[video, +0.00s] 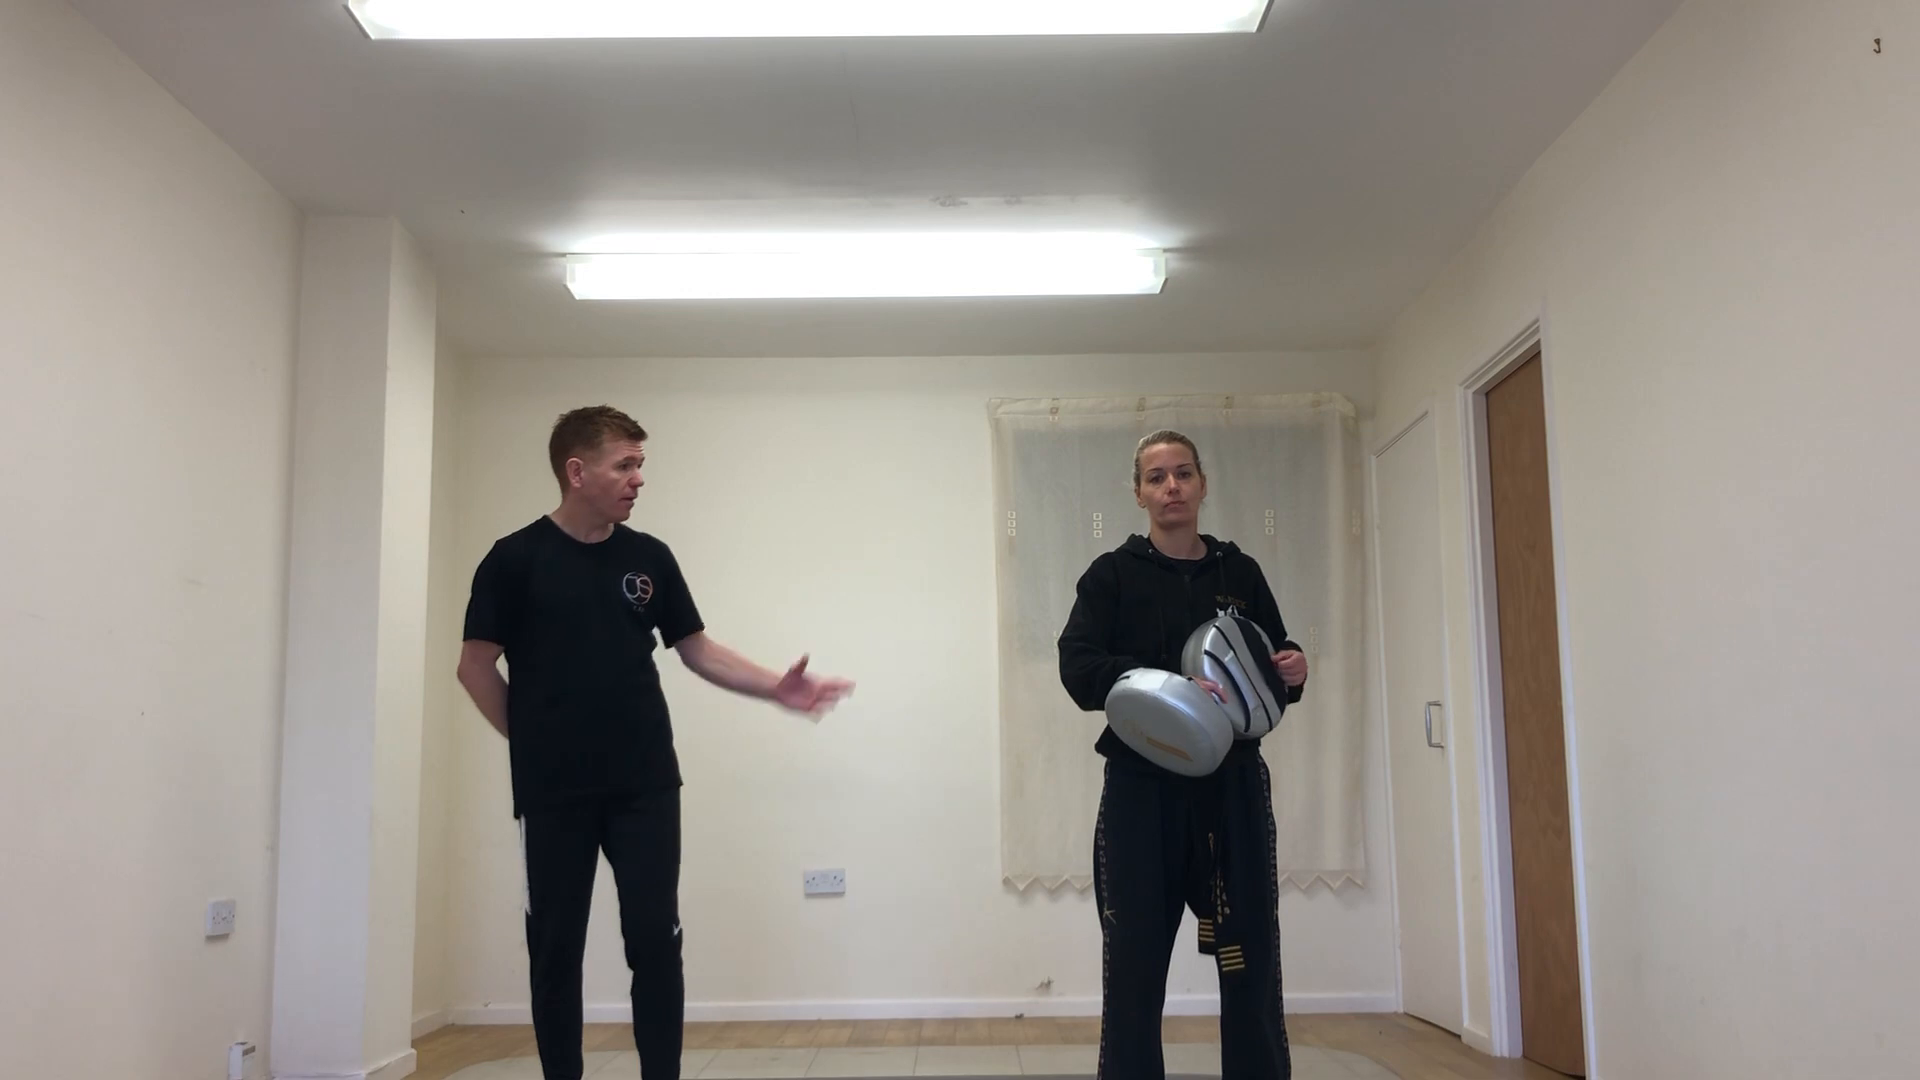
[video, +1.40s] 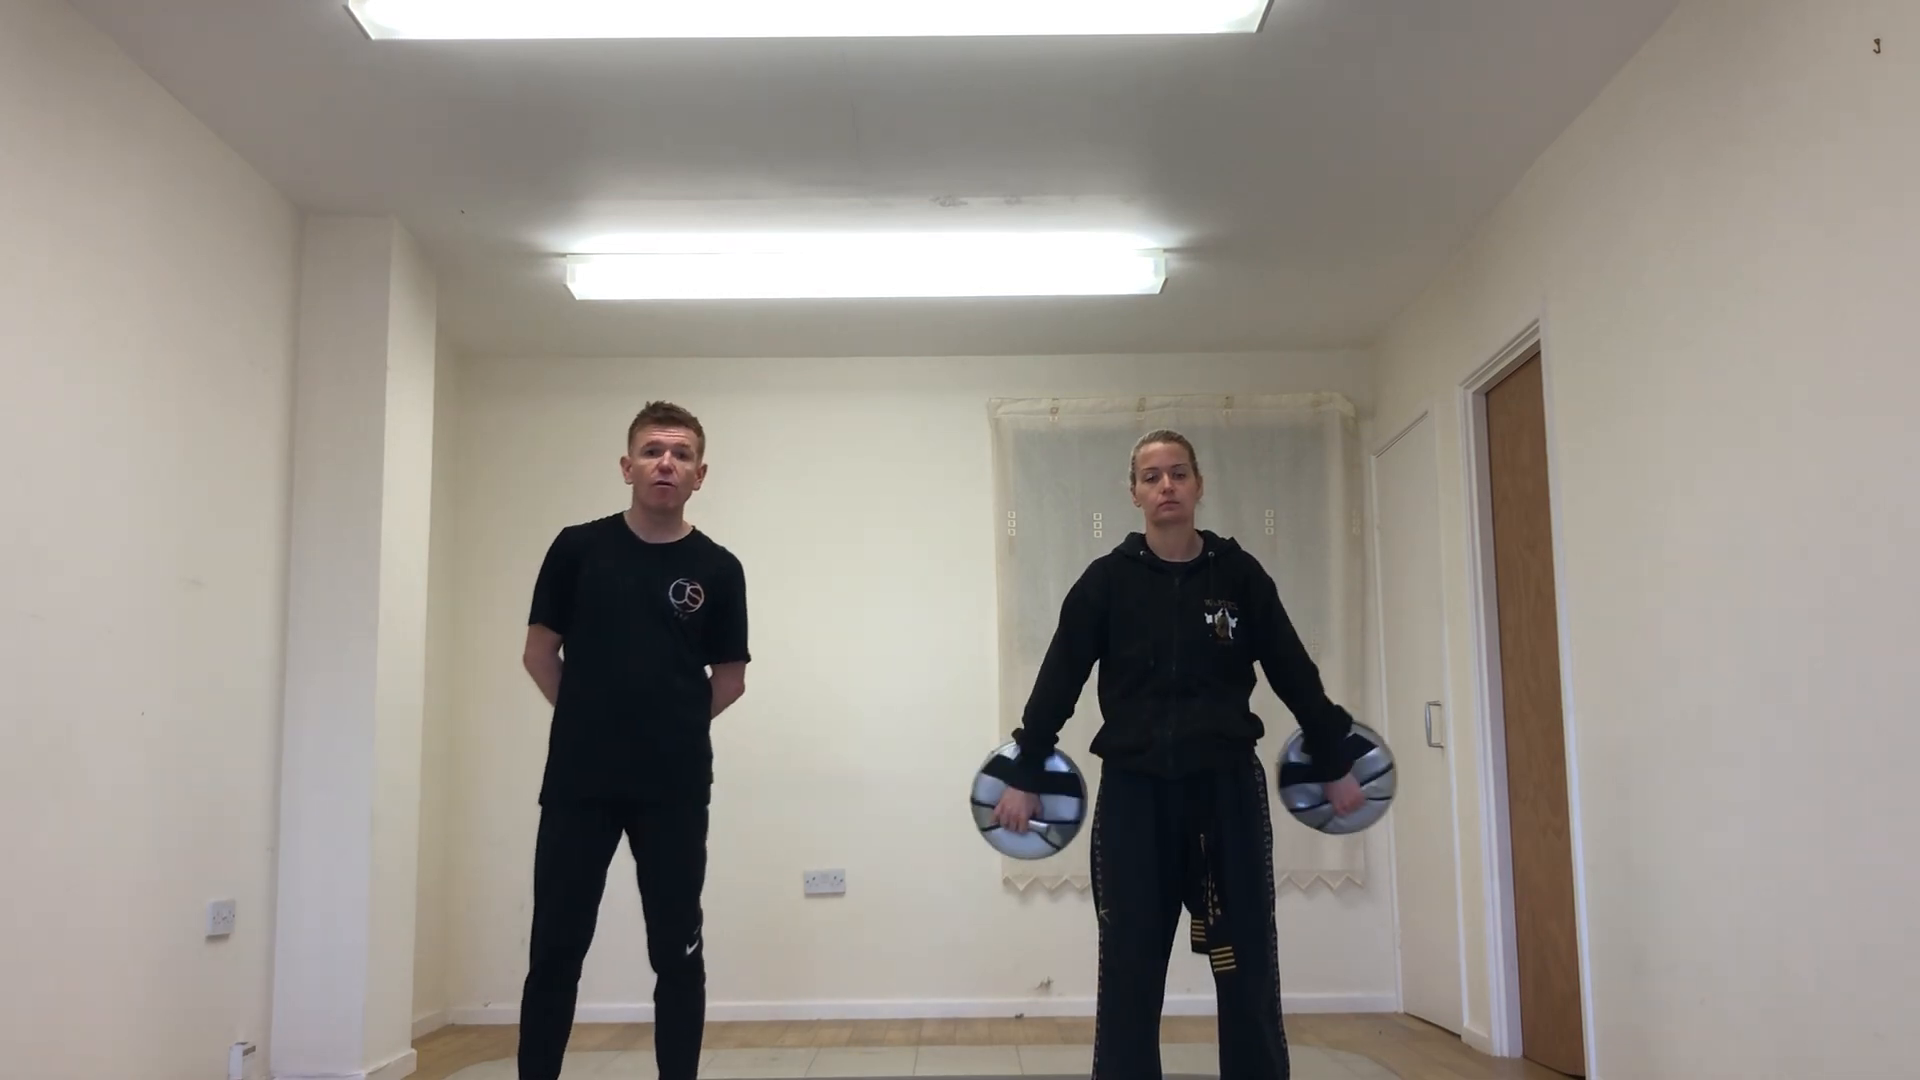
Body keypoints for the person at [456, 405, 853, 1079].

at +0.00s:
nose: (639, 480)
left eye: (641, 467)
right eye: (625, 467)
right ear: (574, 471)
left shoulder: (648, 557)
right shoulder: (512, 560)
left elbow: (697, 649)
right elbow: (473, 667)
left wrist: (776, 686)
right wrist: (530, 733)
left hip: (643, 778)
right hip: (554, 784)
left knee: (656, 944)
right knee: (555, 949)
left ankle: (662, 1075)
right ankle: (561, 1075)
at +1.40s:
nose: (666, 463)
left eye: (681, 454)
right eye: (653, 451)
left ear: (699, 475)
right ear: (627, 466)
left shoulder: (718, 567)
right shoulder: (575, 546)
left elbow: (730, 678)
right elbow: (538, 654)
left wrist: (669, 718)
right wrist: (588, 712)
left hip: (672, 780)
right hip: (581, 774)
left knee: (678, 954)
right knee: (554, 952)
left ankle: (678, 1077)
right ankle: (536, 1075)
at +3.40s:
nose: (634, 466)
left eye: (650, 458)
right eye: (622, 452)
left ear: (664, 477)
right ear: (592, 464)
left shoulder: (688, 562)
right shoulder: (542, 552)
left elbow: (707, 672)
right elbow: (515, 661)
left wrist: (647, 719)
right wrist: (568, 715)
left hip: (648, 777)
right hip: (557, 774)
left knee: (661, 952)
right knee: (540, 953)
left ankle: (673, 1077)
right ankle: (531, 1076)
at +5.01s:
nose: (530, 465)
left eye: (546, 455)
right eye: (517, 452)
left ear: (569, 475)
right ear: (496, 467)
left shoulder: (601, 559)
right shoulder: (461, 558)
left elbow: (631, 670)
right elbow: (448, 667)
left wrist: (575, 725)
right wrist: (502, 716)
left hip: (567, 776)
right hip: (481, 777)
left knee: (589, 941)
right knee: (500, 953)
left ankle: (644, 1076)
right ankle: (516, 1076)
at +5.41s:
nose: (500, 470)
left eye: (513, 456)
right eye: (484, 462)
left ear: (542, 466)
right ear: (471, 482)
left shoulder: (599, 549)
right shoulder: (459, 571)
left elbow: (639, 655)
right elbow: (456, 680)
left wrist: (590, 718)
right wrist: (515, 714)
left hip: (577, 770)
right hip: (493, 776)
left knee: (562, 940)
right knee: (506, 939)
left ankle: (545, 1064)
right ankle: (519, 1073)